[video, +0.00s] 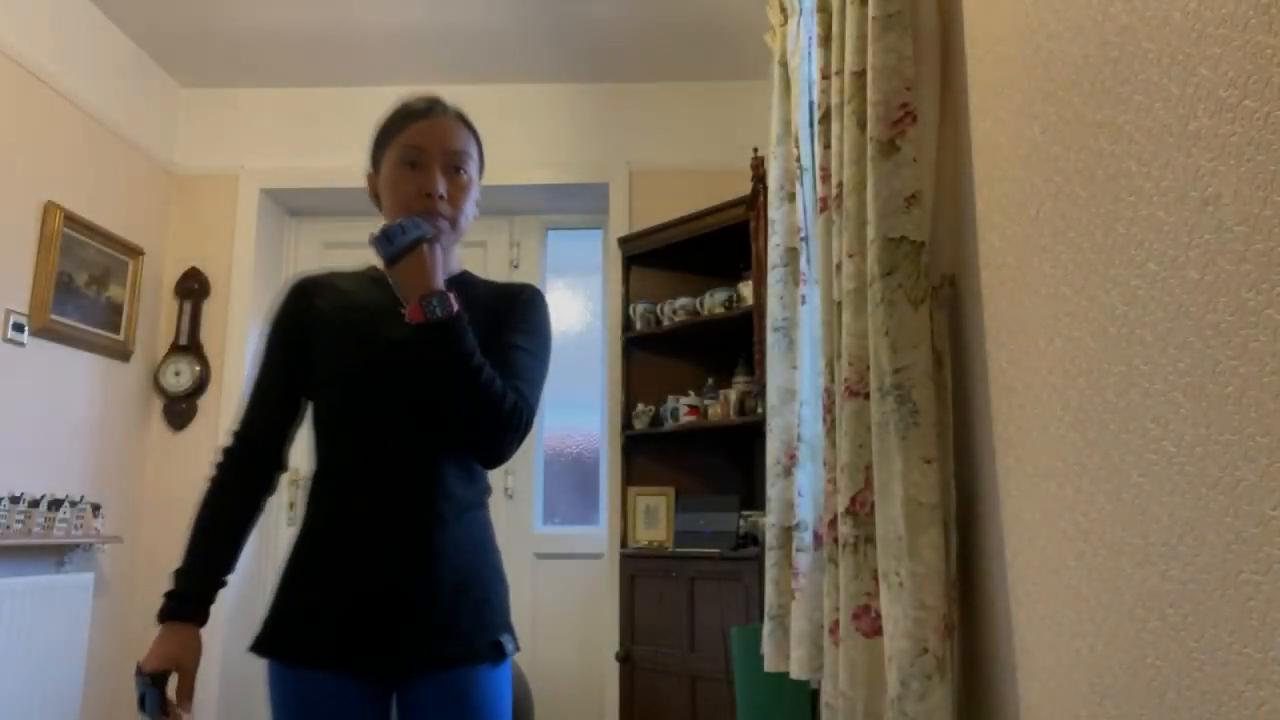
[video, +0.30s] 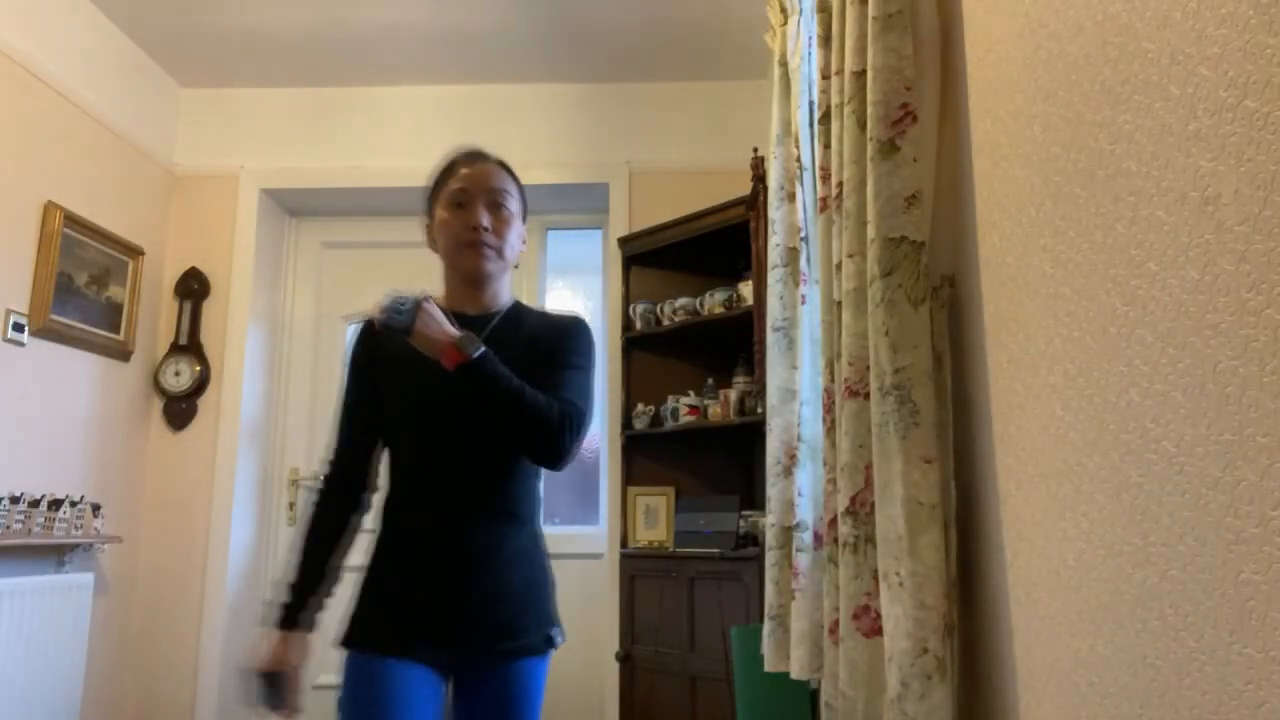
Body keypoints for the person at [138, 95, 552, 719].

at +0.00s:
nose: (436, 185)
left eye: (457, 168)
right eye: (412, 163)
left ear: (476, 193)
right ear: (374, 185)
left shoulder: (512, 308)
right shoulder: (318, 302)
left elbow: (496, 437)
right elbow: (253, 460)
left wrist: (431, 299)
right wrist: (184, 614)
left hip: (459, 628)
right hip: (326, 623)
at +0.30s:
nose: (480, 217)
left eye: (499, 205)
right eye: (460, 202)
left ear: (523, 237)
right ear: (431, 231)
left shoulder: (560, 337)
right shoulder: (388, 337)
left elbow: (556, 443)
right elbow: (347, 484)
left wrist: (457, 348)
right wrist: (295, 623)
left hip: (509, 620)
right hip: (399, 613)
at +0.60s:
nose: (501, 232)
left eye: (517, 219)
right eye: (481, 216)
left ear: (535, 242)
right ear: (449, 238)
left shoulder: (567, 341)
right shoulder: (403, 335)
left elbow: (576, 422)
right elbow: (349, 460)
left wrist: (477, 433)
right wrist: (285, 578)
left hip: (519, 609)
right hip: (412, 605)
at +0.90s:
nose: (505, 243)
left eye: (515, 232)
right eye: (485, 224)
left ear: (521, 251)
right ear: (437, 240)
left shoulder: (537, 354)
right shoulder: (387, 316)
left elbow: (566, 482)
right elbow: (357, 335)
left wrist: (595, 607)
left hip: (491, 574)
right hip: (389, 580)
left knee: (488, 703)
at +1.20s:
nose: (521, 258)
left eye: (525, 247)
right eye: (503, 238)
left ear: (527, 262)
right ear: (443, 250)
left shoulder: (533, 368)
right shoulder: (389, 329)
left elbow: (526, 487)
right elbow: (401, 346)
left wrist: (521, 613)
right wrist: (486, 327)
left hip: (490, 595)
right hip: (396, 596)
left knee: (499, 553)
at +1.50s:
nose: (501, 232)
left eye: (516, 222)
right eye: (482, 215)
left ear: (529, 244)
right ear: (442, 232)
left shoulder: (551, 348)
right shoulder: (390, 319)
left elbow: (556, 473)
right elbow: (353, 413)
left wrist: (561, 577)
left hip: (514, 575)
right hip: (408, 574)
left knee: (519, 712)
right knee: (404, 711)